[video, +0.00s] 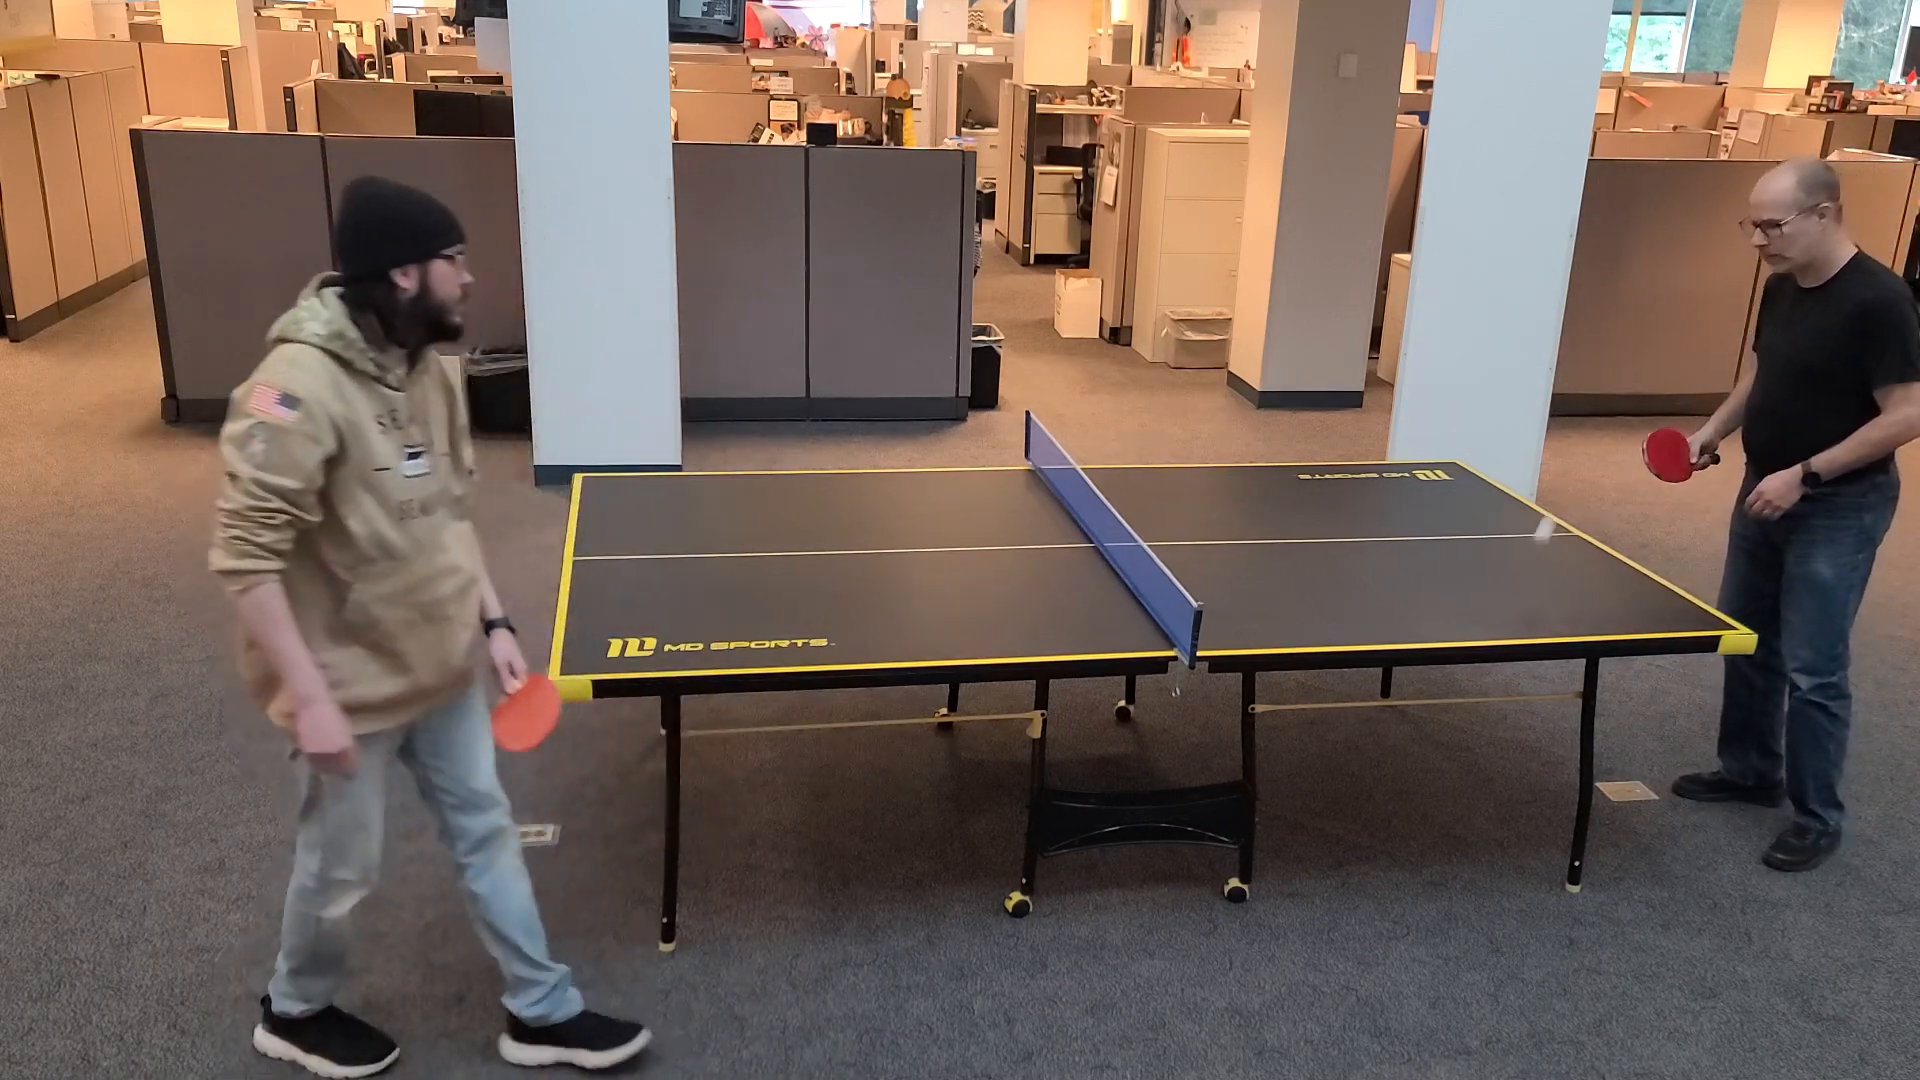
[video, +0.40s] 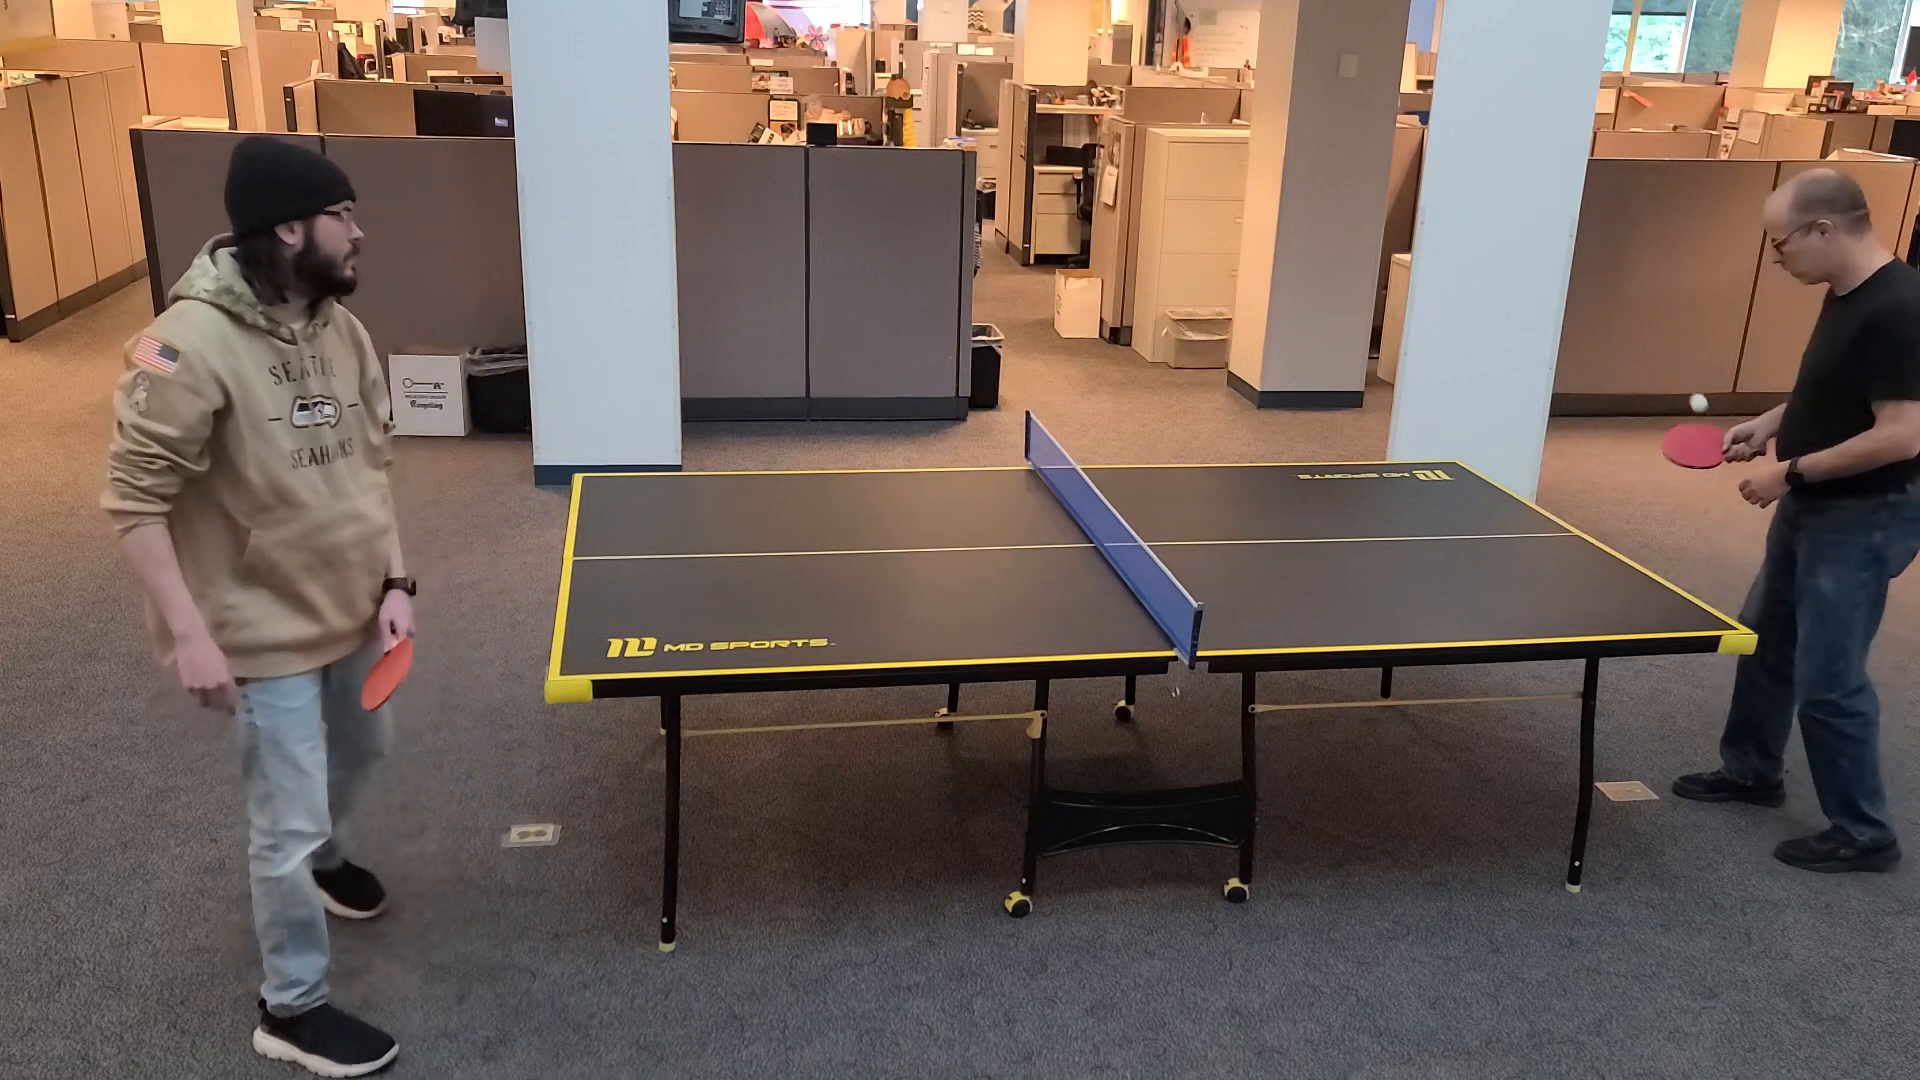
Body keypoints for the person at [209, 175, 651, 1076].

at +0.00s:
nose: (470, 276)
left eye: (465, 259)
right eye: (453, 261)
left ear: (409, 276)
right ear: (399, 277)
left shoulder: (431, 362)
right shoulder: (297, 385)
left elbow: (445, 512)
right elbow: (244, 556)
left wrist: (496, 624)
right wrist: (309, 698)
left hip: (438, 652)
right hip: (347, 673)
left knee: (487, 833)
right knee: (340, 864)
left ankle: (542, 1009)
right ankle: (294, 1010)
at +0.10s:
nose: (431, 255)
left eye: (426, 238)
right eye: (414, 241)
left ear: (367, 256)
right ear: (359, 257)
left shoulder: (391, 348)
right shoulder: (260, 373)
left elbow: (415, 493)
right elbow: (204, 536)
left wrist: (447, 601)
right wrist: (250, 683)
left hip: (410, 639)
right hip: (321, 660)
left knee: (460, 806)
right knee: (325, 845)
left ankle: (475, 984)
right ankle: (293, 1006)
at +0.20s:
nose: (402, 239)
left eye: (396, 220)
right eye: (384, 225)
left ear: (341, 237)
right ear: (327, 242)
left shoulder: (368, 333)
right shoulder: (228, 361)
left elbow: (392, 473)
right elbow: (169, 522)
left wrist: (419, 584)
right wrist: (215, 660)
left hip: (389, 625)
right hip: (297, 648)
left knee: (436, 773)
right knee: (302, 836)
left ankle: (405, 932)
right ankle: (292, 1002)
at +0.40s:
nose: (358, 233)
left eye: (353, 215)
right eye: (339, 219)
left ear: (303, 231)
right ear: (281, 234)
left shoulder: (341, 330)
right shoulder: (190, 349)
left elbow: (373, 465)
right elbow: (132, 503)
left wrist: (395, 578)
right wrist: (188, 635)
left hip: (353, 609)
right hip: (261, 631)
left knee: (354, 752)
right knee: (291, 824)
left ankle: (313, 856)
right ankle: (293, 1001)